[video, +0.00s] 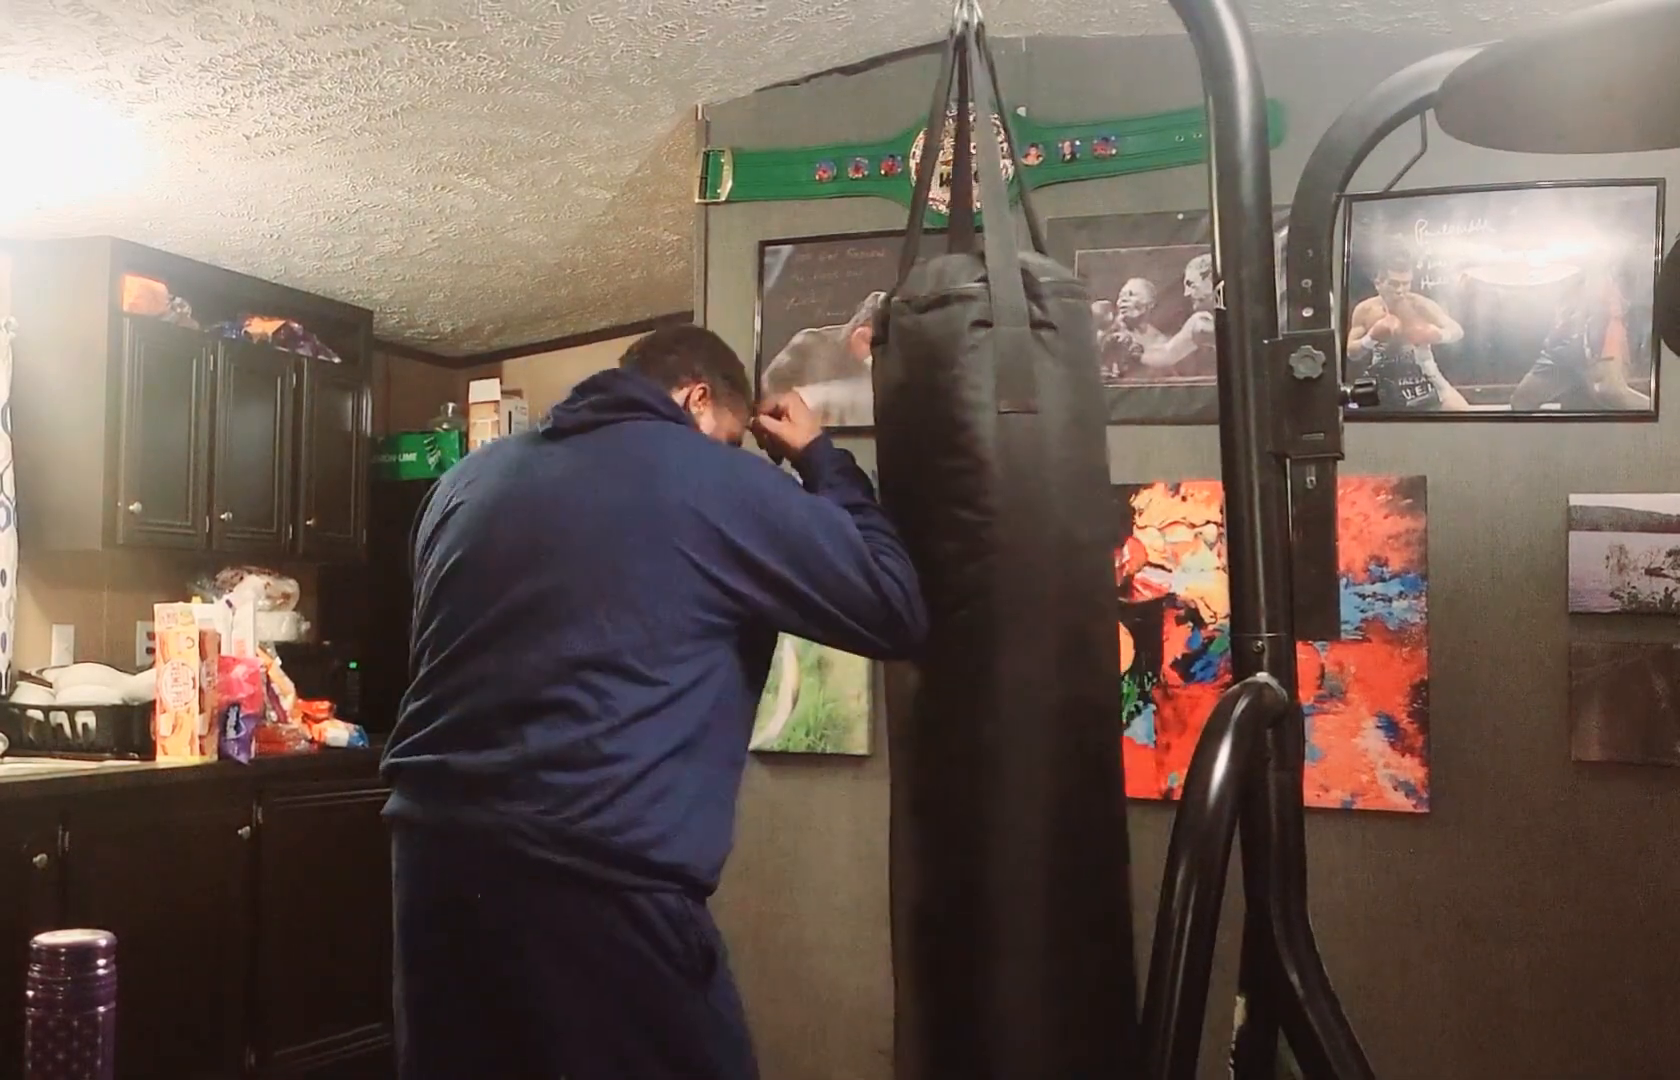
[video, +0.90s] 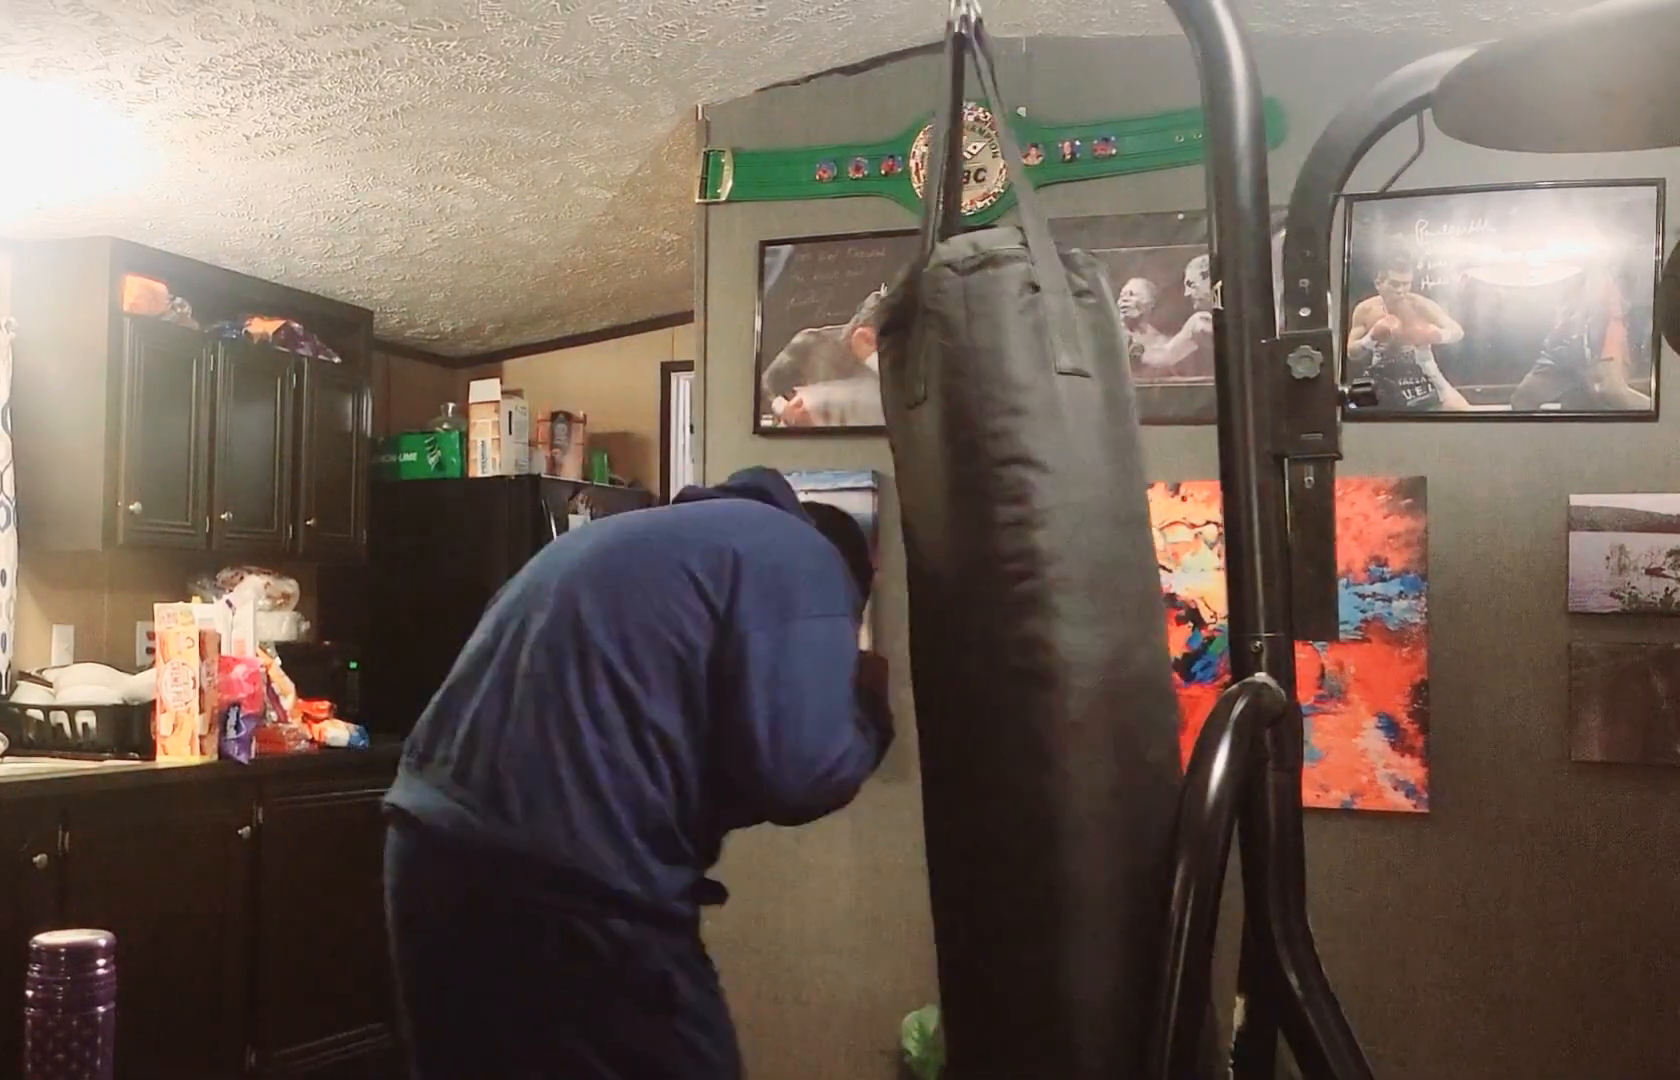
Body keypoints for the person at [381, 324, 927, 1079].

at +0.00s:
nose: (730, 456)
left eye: (736, 444)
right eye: (733, 438)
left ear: (616, 388)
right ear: (695, 399)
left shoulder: (464, 478)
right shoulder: (713, 480)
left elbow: (439, 655)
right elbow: (900, 610)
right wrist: (817, 453)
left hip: (431, 860)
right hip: (607, 878)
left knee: (445, 1068)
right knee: (685, 1066)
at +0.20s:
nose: (773, 429)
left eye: (786, 407)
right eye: (778, 401)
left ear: (704, 362)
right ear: (727, 365)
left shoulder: (544, 428)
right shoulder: (693, 474)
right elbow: (857, 657)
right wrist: (861, 471)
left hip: (429, 836)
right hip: (574, 866)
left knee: (451, 1068)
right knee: (669, 1065)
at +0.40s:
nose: (751, 441)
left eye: (767, 422)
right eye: (760, 413)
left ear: (703, 359)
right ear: (713, 364)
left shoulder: (552, 428)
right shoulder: (655, 460)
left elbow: (716, 549)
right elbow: (747, 683)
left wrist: (888, 529)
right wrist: (819, 527)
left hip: (433, 834)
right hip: (555, 863)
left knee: (457, 1064)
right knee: (642, 1061)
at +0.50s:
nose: (743, 494)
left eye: (759, 478)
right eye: (757, 466)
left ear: (717, 400)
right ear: (731, 407)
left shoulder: (548, 438)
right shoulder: (644, 464)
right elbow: (705, 693)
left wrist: (831, 585)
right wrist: (803, 561)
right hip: (545, 873)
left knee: (442, 1066)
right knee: (636, 1063)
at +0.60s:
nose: (752, 566)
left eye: (770, 555)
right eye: (769, 545)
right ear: (757, 488)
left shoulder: (562, 468)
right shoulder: (656, 487)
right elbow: (679, 716)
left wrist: (792, 666)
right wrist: (794, 614)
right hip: (524, 874)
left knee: (435, 1064)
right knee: (638, 1063)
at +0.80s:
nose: (801, 651)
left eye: (808, 641)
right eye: (812, 629)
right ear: (816, 579)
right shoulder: (755, 554)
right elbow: (726, 774)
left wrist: (777, 787)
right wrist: (833, 713)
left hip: (398, 846)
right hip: (539, 878)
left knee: (419, 1060)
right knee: (658, 1060)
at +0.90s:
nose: (850, 618)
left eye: (855, 604)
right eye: (852, 597)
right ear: (841, 563)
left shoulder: (628, 533)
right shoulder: (798, 554)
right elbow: (794, 779)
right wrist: (869, 706)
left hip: (430, 852)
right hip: (589, 890)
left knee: (460, 1062)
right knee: (683, 1061)